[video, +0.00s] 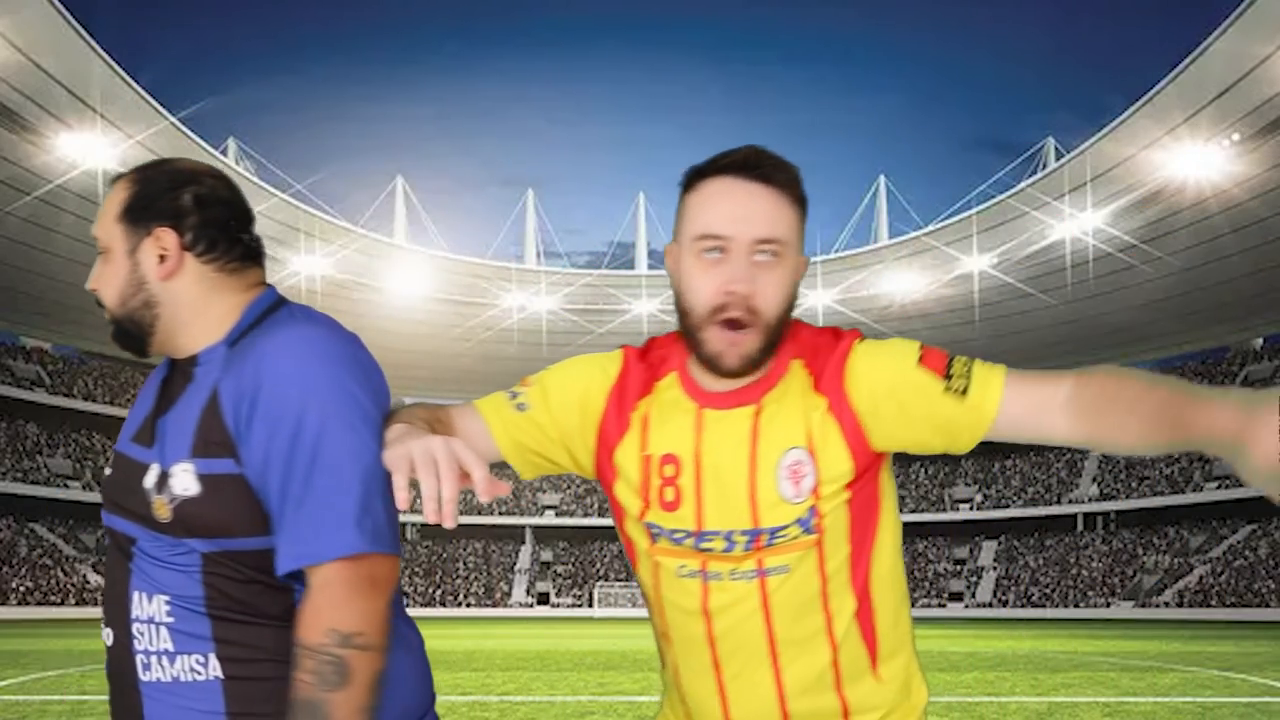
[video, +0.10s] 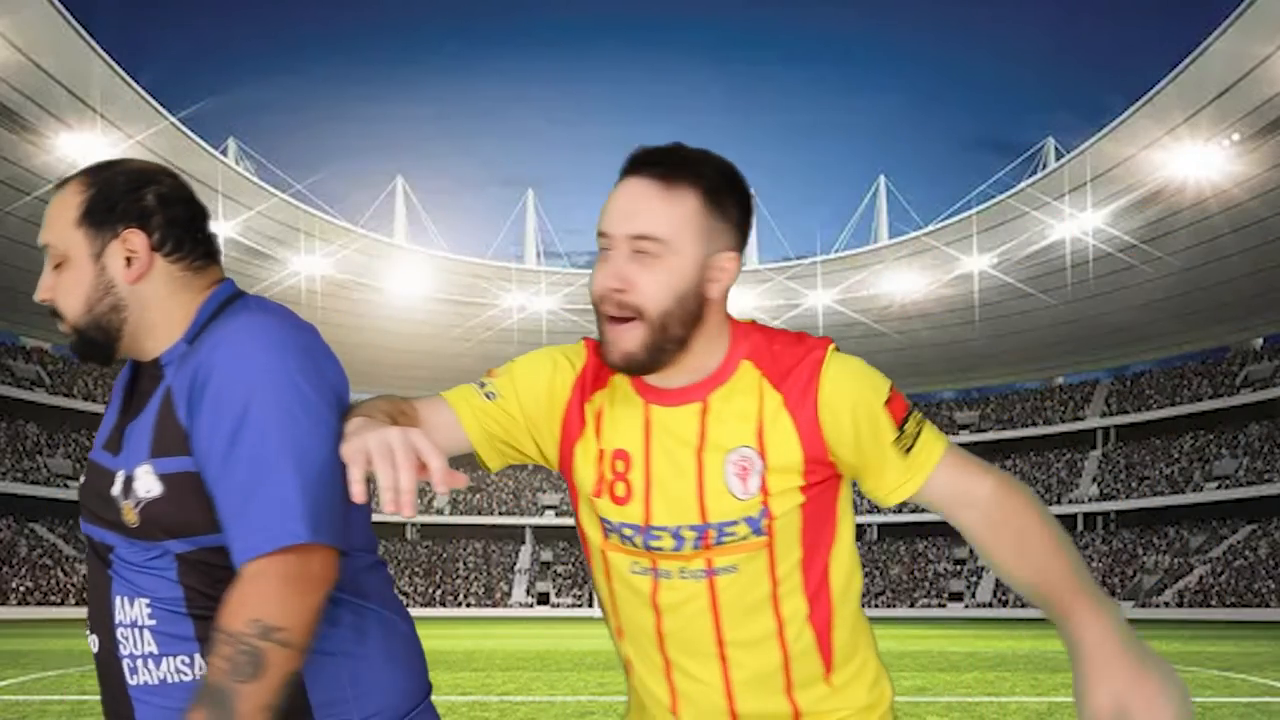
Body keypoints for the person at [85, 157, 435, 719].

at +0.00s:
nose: (92, 283)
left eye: (104, 253)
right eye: (96, 255)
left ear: (164, 252)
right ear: (161, 255)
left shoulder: (303, 359)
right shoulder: (166, 382)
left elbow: (354, 580)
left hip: (278, 704)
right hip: (165, 700)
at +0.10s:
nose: (41, 294)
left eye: (56, 263)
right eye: (47, 266)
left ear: (131, 256)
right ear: (132, 260)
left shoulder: (253, 350)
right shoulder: (142, 373)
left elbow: (293, 563)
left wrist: (215, 709)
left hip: (323, 706)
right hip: (165, 698)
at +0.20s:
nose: (11, 326)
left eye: (28, 293)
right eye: (12, 300)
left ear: (114, 274)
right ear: (114, 279)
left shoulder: (220, 356)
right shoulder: (123, 385)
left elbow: (229, 581)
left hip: (308, 704)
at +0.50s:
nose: (22, 326)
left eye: (50, 291)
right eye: (10, 300)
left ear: (141, 272)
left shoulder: (232, 382)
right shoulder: (83, 385)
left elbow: (254, 607)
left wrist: (99, 709)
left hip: (264, 705)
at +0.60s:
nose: (50, 328)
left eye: (77, 294)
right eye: (25, 303)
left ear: (153, 277)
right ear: (12, 305)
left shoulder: (254, 381)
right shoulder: (47, 390)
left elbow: (301, 591)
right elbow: (50, 581)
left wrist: (133, 710)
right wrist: (20, 701)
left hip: (262, 708)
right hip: (75, 706)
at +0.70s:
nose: (89, 324)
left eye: (115, 287)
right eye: (56, 298)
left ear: (169, 272)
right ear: (29, 299)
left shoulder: (269, 373)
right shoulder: (16, 389)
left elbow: (336, 561)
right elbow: (15, 561)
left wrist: (197, 681)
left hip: (266, 707)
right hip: (74, 708)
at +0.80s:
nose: (134, 307)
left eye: (157, 271)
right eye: (100, 280)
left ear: (194, 260)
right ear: (53, 279)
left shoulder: (288, 367)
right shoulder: (15, 379)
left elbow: (364, 534)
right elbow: (17, 528)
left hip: (273, 709)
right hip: (81, 707)